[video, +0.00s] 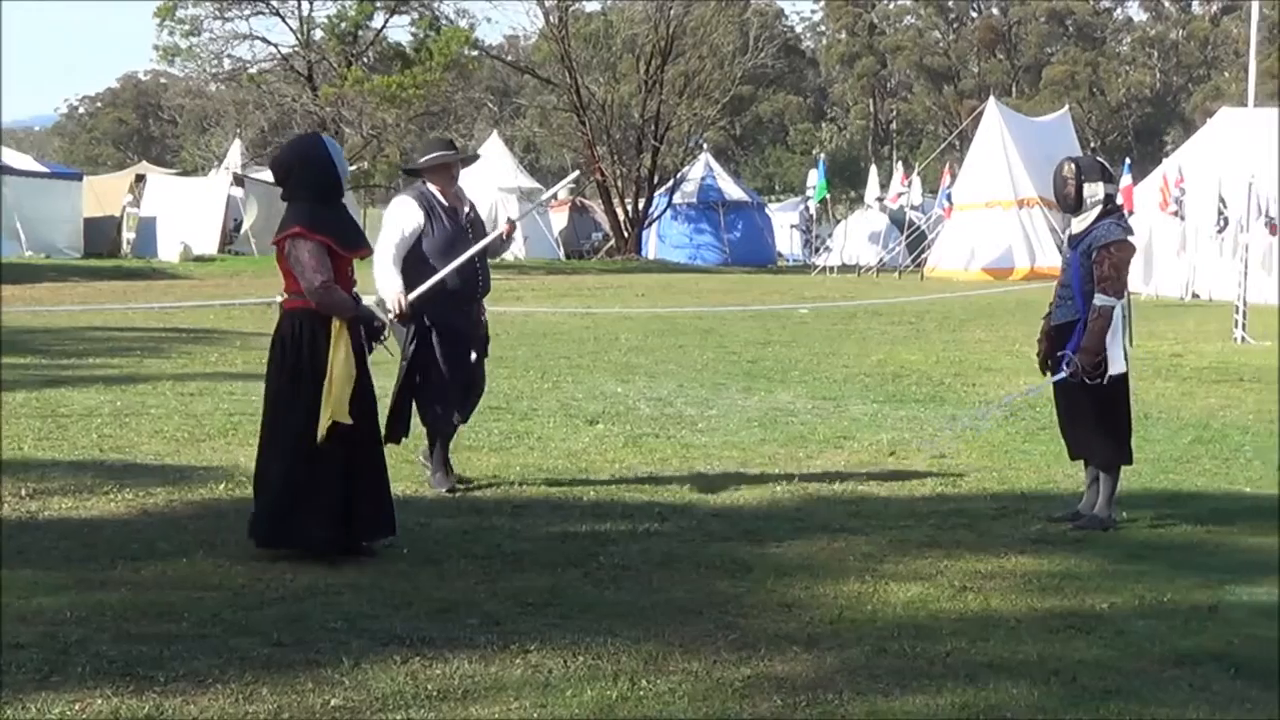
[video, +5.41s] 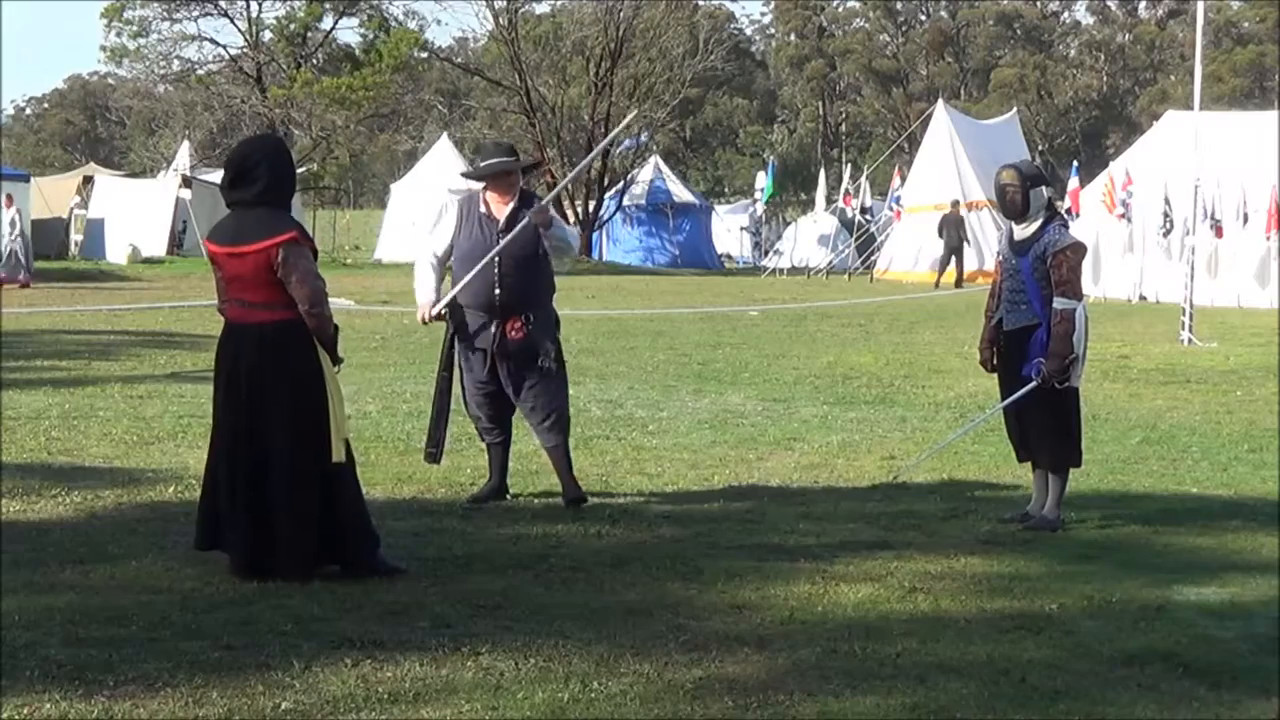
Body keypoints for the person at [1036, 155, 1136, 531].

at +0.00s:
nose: (1066, 190)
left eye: (1073, 183)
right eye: (1065, 183)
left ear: (1095, 187)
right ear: (1071, 188)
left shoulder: (1110, 234)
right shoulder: (1079, 231)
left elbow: (1107, 301)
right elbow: (1065, 289)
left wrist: (1089, 350)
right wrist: (1049, 330)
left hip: (1098, 337)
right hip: (1071, 336)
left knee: (1104, 420)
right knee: (1082, 419)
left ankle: (1104, 508)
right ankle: (1090, 501)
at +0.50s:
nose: (1015, 195)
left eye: (1021, 187)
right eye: (1015, 186)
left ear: (1041, 189)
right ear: (1043, 191)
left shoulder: (1060, 241)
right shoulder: (1036, 234)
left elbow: (1052, 306)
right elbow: (1025, 296)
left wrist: (1036, 352)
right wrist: (1009, 337)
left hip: (1048, 339)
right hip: (1025, 336)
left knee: (1057, 422)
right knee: (1037, 421)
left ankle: (1058, 508)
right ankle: (1044, 502)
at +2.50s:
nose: (1013, 196)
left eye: (1021, 189)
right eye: (1009, 189)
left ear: (1044, 192)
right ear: (1005, 193)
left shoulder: (1063, 236)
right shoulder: (1013, 234)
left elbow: (1072, 300)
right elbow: (1002, 288)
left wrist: (1063, 353)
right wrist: (990, 334)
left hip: (1050, 337)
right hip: (1016, 337)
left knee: (1054, 417)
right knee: (1027, 415)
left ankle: (1053, 508)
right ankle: (1039, 501)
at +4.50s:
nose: (1004, 198)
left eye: (1012, 191)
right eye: (1000, 191)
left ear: (1035, 194)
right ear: (997, 196)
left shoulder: (1056, 238)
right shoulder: (1008, 236)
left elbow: (1065, 302)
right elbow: (996, 290)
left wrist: (1058, 354)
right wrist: (986, 336)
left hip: (1044, 339)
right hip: (1011, 339)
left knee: (1051, 419)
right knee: (1025, 418)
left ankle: (1053, 508)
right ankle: (1038, 502)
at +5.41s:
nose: (1006, 198)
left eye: (1014, 191)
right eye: (1003, 191)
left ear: (1037, 194)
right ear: (1000, 195)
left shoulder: (1057, 238)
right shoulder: (1010, 236)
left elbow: (1066, 301)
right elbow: (999, 289)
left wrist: (1058, 354)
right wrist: (989, 336)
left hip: (1045, 338)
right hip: (1013, 339)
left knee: (1051, 418)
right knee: (1026, 417)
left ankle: (1053, 508)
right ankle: (1038, 501)